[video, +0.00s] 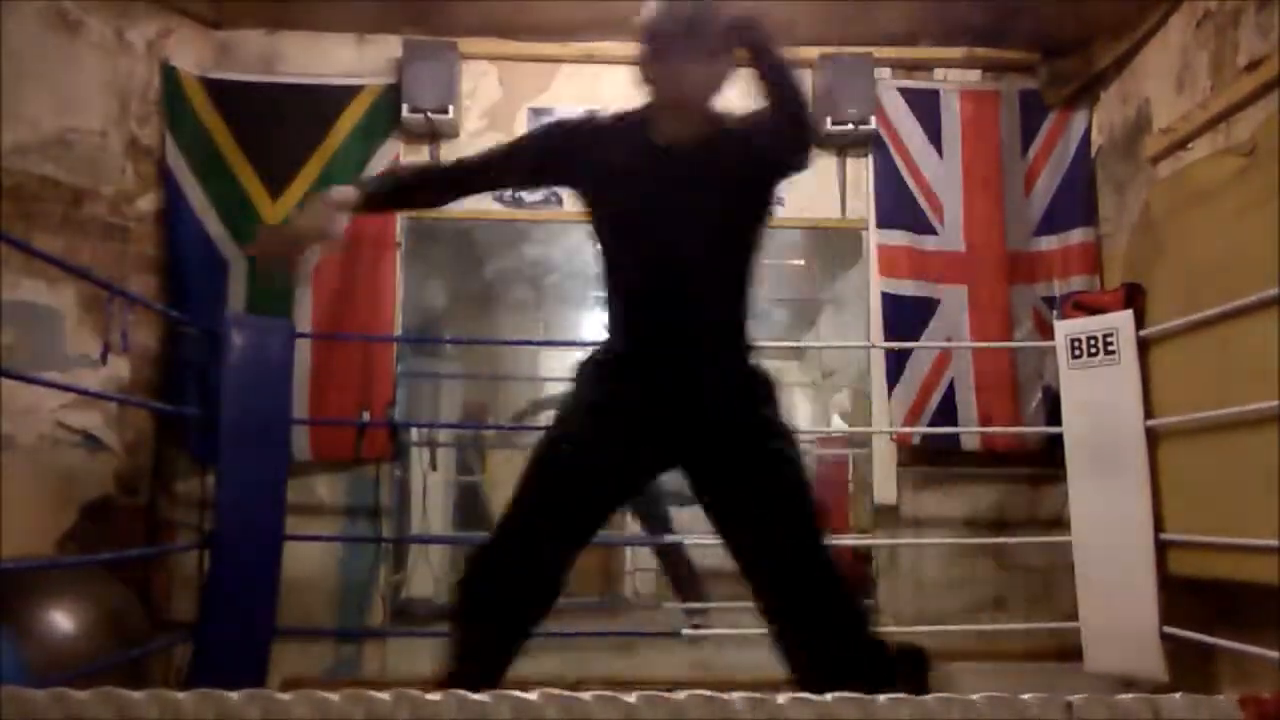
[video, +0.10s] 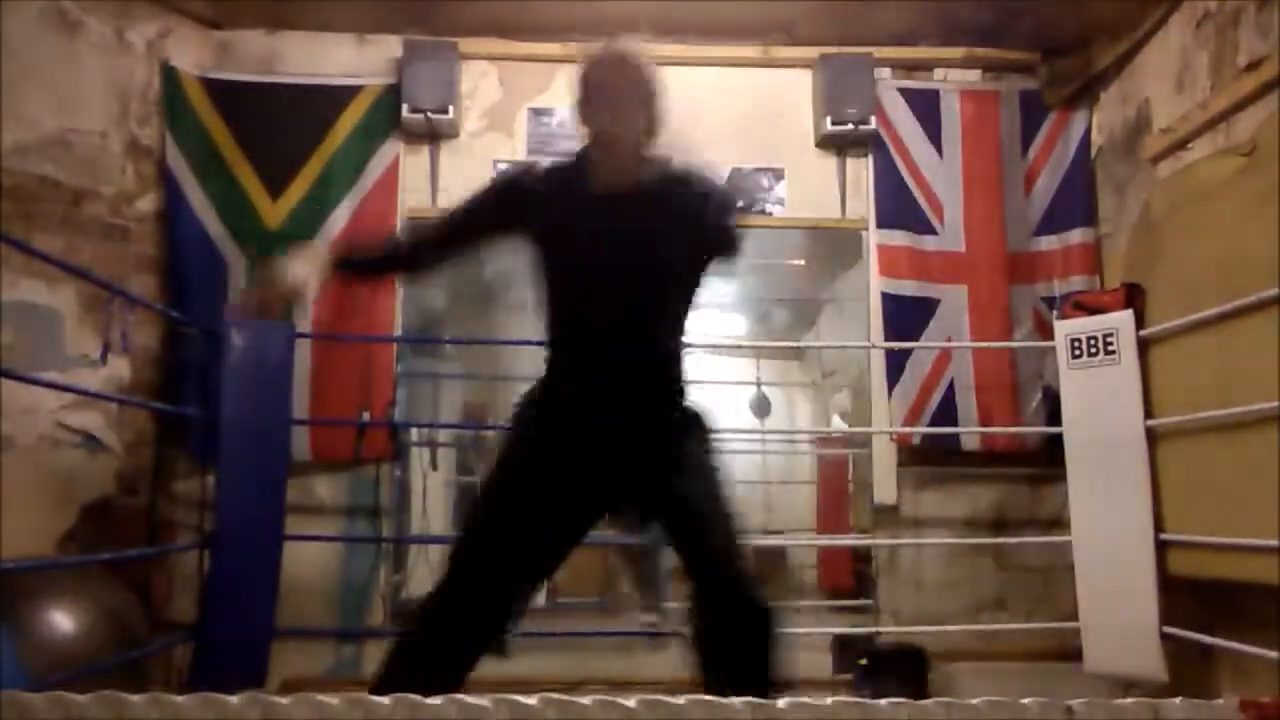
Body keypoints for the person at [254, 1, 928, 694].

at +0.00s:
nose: (681, 70)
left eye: (696, 54)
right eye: (669, 52)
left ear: (725, 65)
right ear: (645, 59)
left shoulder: (750, 148)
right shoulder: (596, 144)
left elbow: (796, 133)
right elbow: (470, 175)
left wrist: (759, 48)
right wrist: (354, 198)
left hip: (724, 395)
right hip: (623, 393)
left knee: (795, 569)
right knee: (522, 559)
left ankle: (865, 698)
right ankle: (463, 699)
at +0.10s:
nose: (610, 115)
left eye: (625, 100)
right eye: (597, 100)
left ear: (651, 111)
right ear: (582, 110)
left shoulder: (692, 202)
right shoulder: (539, 195)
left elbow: (722, 243)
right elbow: (427, 248)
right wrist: (343, 260)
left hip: (659, 429)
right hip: (564, 427)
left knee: (728, 589)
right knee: (473, 593)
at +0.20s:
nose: (560, 184)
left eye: (575, 168)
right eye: (548, 168)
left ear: (600, 181)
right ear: (530, 180)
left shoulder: (646, 272)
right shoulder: (494, 266)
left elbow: (659, 399)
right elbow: (424, 356)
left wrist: (615, 391)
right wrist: (360, 393)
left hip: (613, 480)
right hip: (518, 473)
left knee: (645, 649)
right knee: (430, 634)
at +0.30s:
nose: (542, 217)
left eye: (557, 200)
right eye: (528, 200)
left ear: (582, 209)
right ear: (508, 209)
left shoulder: (632, 293)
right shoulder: (481, 297)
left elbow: (643, 413)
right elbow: (456, 401)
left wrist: (642, 517)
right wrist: (428, 496)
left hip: (604, 495)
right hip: (509, 490)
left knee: (633, 664)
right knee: (423, 647)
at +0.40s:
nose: (570, 198)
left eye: (584, 183)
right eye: (557, 184)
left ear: (606, 192)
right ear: (541, 195)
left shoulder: (650, 270)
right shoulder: (503, 283)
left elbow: (700, 344)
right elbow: (485, 408)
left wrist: (729, 431)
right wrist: (558, 399)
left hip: (629, 470)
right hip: (536, 473)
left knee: (717, 606)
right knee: (454, 623)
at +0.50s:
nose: (641, 155)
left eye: (650, 143)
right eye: (629, 143)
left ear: (664, 153)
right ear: (607, 152)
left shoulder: (690, 213)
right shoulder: (573, 220)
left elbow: (775, 240)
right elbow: (588, 303)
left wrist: (804, 313)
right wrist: (669, 242)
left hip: (683, 425)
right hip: (603, 428)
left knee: (788, 562)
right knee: (531, 580)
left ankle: (769, 701)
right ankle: (443, 707)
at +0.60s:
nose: (686, 150)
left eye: (699, 136)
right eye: (676, 137)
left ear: (721, 141)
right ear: (661, 142)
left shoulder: (757, 195)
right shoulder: (632, 203)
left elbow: (841, 208)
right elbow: (650, 257)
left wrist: (892, 261)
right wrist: (729, 194)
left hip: (736, 412)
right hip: (654, 413)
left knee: (823, 552)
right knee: (594, 555)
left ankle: (859, 692)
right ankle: (549, 693)